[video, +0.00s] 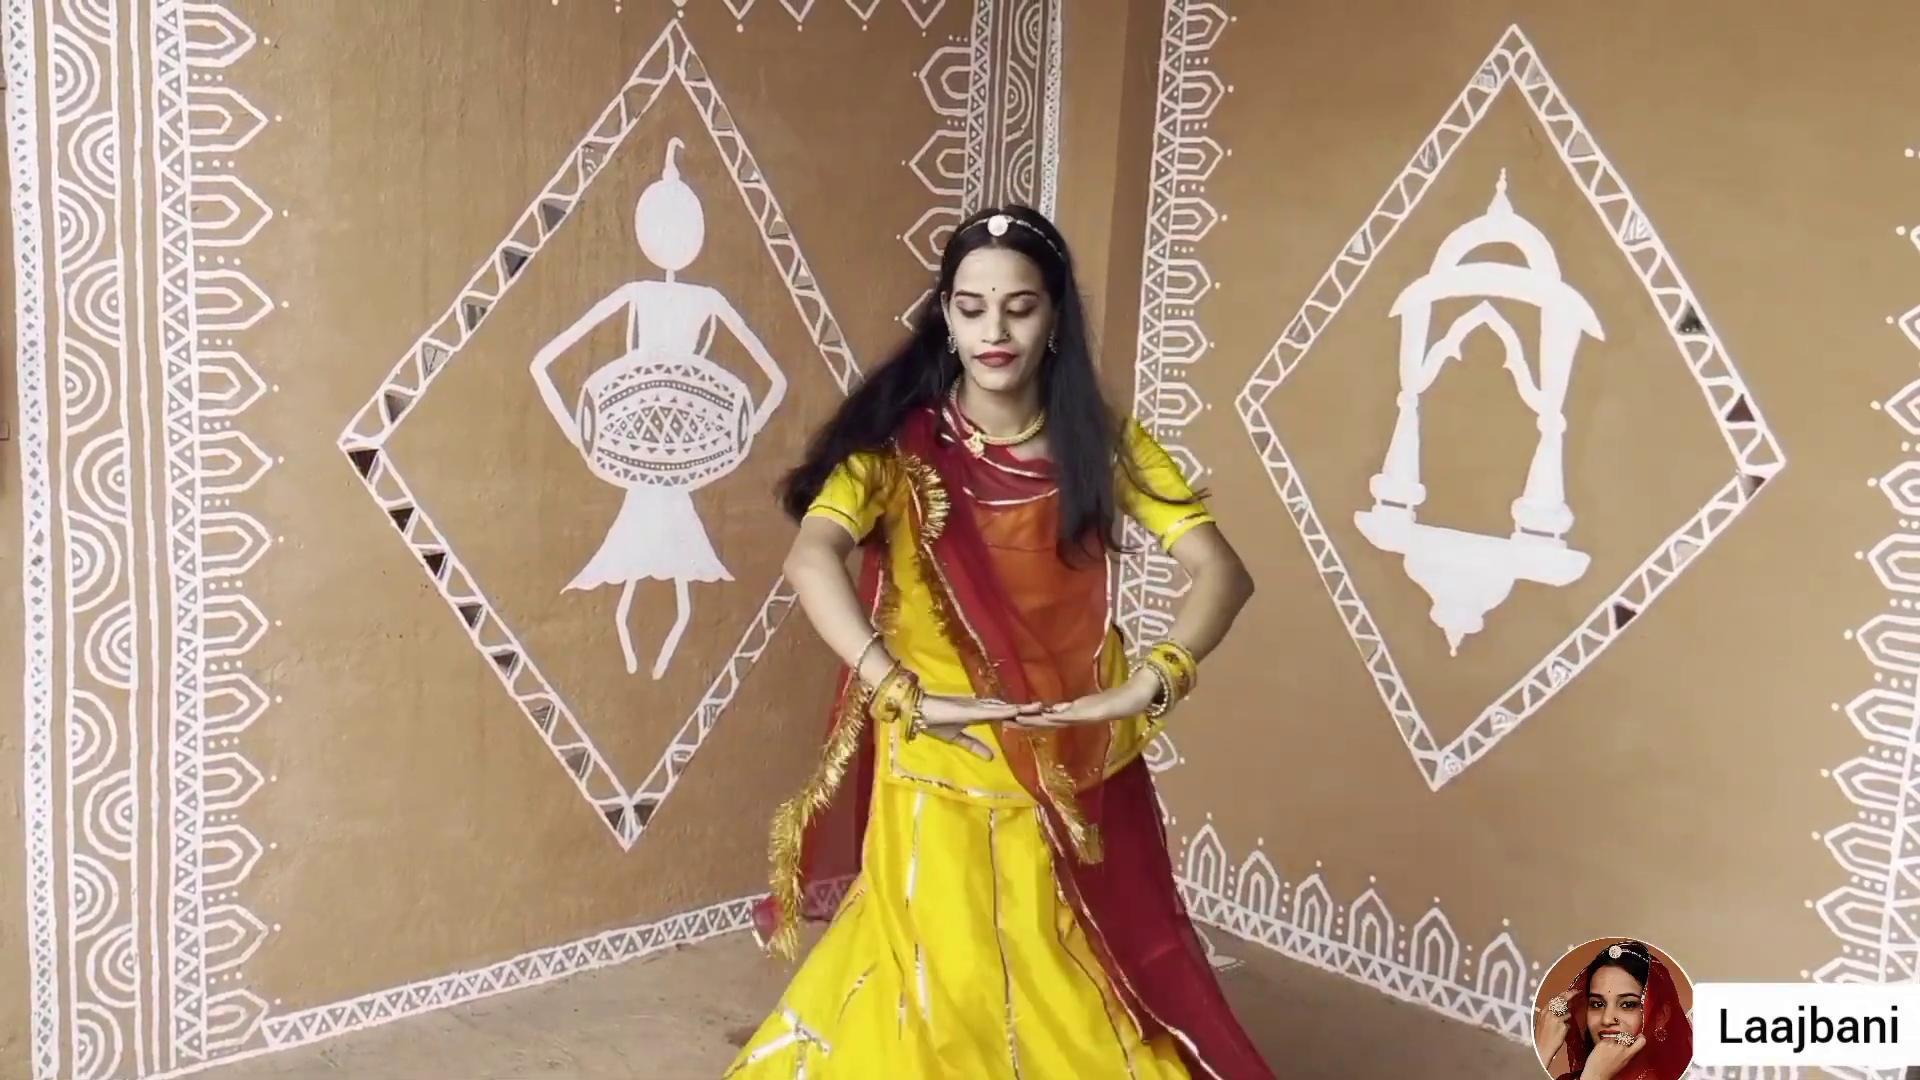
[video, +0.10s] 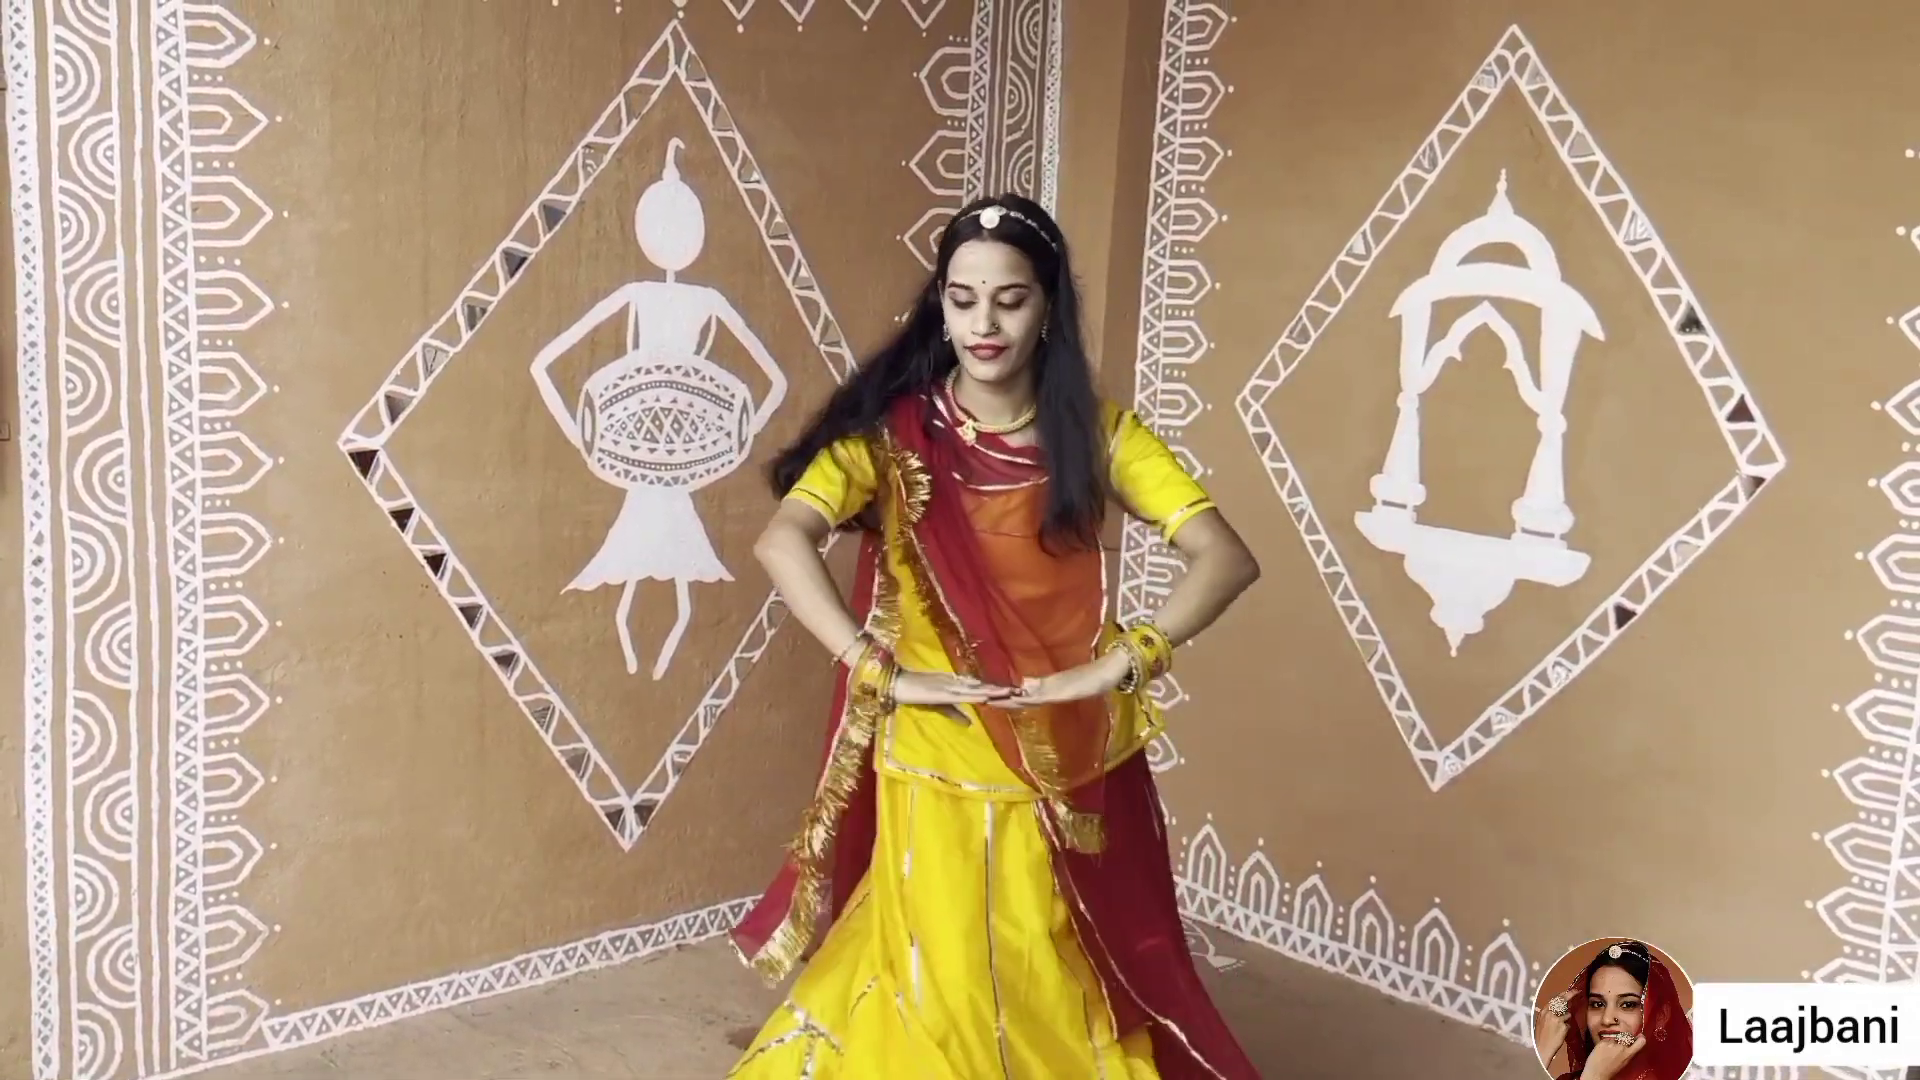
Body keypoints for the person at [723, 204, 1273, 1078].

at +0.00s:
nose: (994, 333)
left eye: (1019, 309)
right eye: (971, 309)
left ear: (1056, 316)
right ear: (946, 318)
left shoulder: (1102, 439)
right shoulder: (896, 442)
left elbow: (1221, 573)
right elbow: (811, 556)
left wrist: (1161, 674)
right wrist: (891, 682)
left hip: (1077, 769)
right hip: (939, 765)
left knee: (1090, 1010)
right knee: (950, 1005)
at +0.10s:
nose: (984, 326)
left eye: (1009, 301)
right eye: (962, 302)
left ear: (1050, 306)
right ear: (940, 308)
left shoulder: (1098, 433)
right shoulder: (892, 433)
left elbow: (1227, 562)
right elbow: (781, 542)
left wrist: (1120, 665)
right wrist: (873, 668)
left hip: (1067, 756)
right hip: (932, 752)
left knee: (1065, 995)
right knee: (936, 994)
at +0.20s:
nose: (968, 301)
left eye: (994, 277)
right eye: (950, 277)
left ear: (1040, 282)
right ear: (930, 280)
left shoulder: (1087, 405)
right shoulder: (884, 399)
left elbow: (1226, 511)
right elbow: (742, 478)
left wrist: (1079, 585)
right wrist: (855, 585)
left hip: (1064, 728)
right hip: (924, 730)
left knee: (1063, 987)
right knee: (922, 980)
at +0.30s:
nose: (957, 282)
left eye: (983, 258)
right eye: (940, 257)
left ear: (1034, 259)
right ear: (923, 257)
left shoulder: (1082, 379)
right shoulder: (882, 372)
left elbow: (1219, 465)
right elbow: (731, 418)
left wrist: (1054, 509)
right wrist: (848, 494)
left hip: (1048, 733)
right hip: (906, 727)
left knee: (1046, 965)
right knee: (897, 956)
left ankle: (1051, 1067)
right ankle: (891, 1065)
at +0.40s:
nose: (948, 269)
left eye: (972, 245)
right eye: (932, 245)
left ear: (1027, 243)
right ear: (916, 243)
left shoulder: (1070, 360)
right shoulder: (877, 349)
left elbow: (1205, 417)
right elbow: (723, 366)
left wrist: (1034, 435)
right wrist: (840, 412)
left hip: (1030, 700)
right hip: (891, 695)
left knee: (1029, 943)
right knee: (880, 931)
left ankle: (1032, 1066)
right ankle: (876, 1066)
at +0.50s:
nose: (931, 262)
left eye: (954, 240)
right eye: (918, 239)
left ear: (1012, 238)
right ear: (904, 240)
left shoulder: (1050, 354)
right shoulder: (876, 327)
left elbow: (1161, 384)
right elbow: (721, 330)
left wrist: (991, 376)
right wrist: (821, 350)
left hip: (994, 696)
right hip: (868, 679)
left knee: (990, 948)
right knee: (859, 933)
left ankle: (1003, 1065)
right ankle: (859, 1065)